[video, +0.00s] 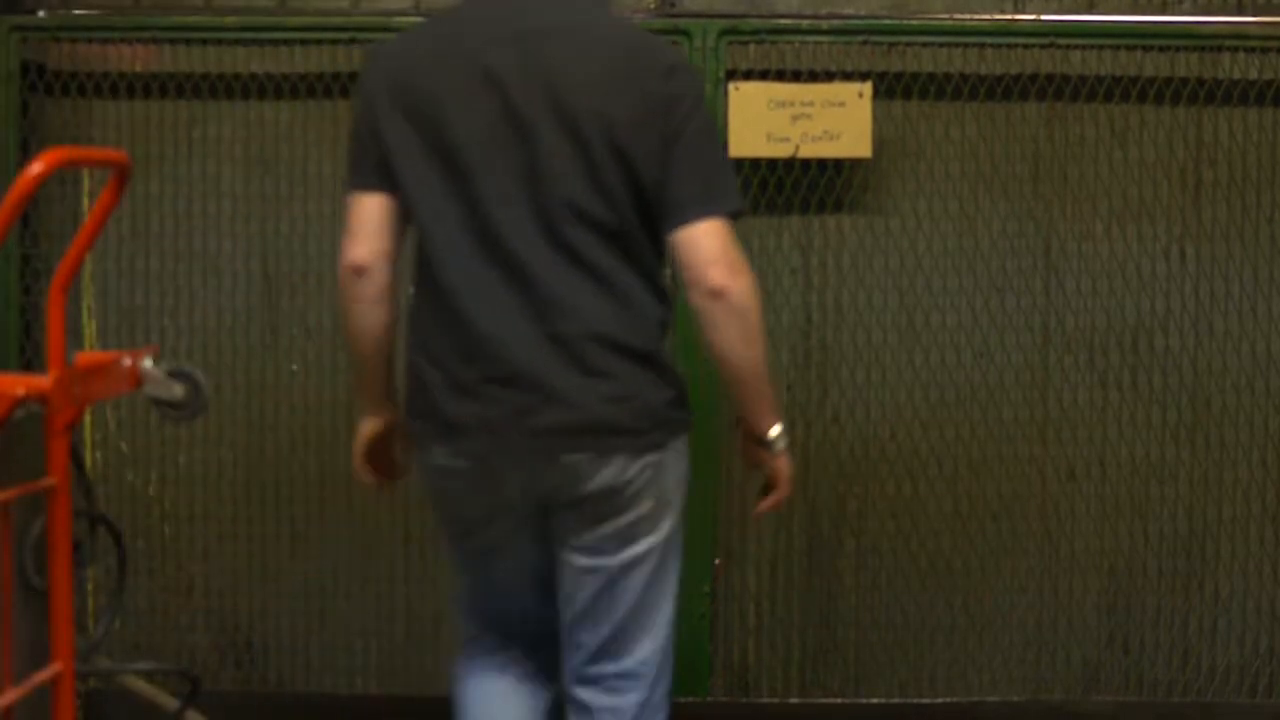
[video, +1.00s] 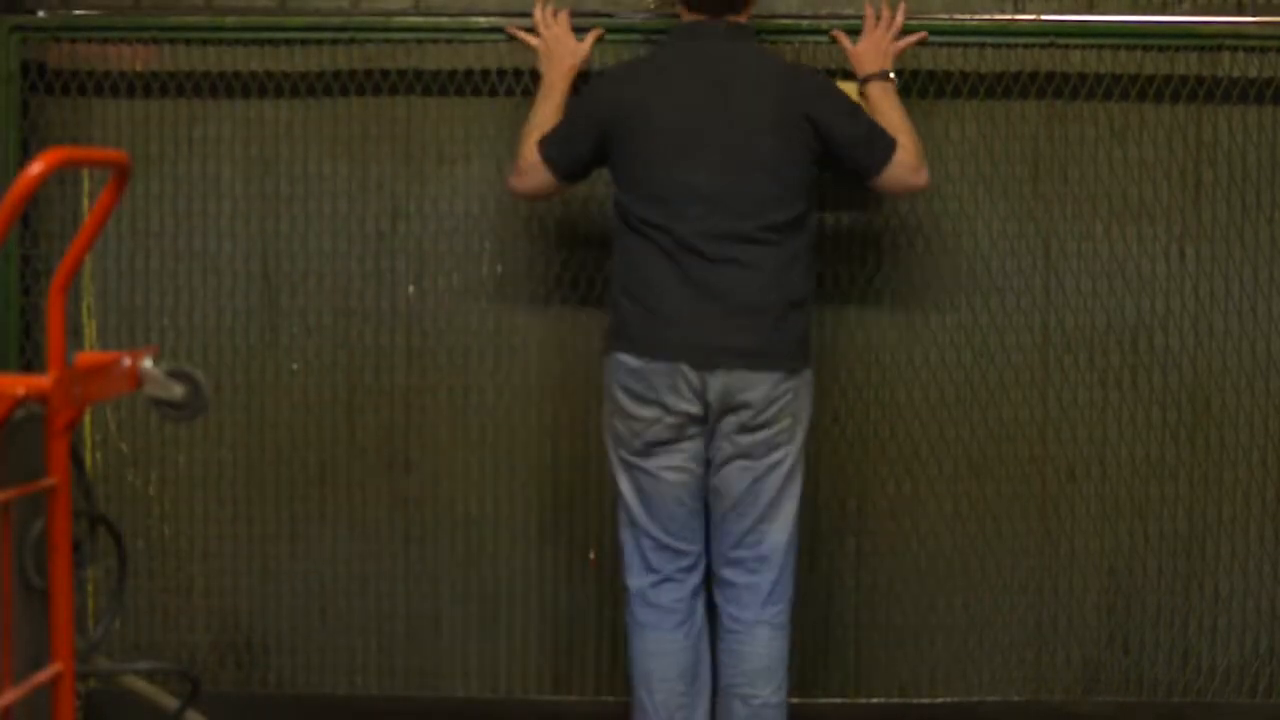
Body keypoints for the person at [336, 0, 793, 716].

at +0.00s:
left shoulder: (403, 65)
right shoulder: (649, 69)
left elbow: (362, 262)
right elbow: (715, 279)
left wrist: (375, 405)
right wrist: (764, 427)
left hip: (465, 425)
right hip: (615, 425)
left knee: (499, 649)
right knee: (616, 681)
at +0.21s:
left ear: (553, 4)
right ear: (641, 1)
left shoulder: (476, 102)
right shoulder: (699, 93)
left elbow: (436, 294)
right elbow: (801, 278)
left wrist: (457, 319)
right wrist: (835, 335)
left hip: (536, 426)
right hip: (668, 424)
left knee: (587, 659)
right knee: (642, 681)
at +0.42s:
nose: (665, 10)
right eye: (664, 4)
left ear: (574, 11)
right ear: (660, 7)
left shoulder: (531, 114)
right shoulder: (717, 111)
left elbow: (485, 235)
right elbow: (827, 232)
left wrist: (508, 133)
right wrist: (849, 175)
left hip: (570, 414)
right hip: (693, 418)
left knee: (613, 613)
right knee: (732, 600)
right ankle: (685, 714)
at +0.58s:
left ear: (620, 6)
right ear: (694, 6)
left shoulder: (570, 85)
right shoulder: (740, 84)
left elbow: (521, 169)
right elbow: (853, 164)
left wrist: (547, 81)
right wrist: (860, 93)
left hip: (589, 382)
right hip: (712, 381)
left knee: (618, 593)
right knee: (732, 574)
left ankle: (630, 718)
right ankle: (724, 713)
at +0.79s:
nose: (738, 10)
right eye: (740, 4)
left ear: (661, 3)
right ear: (737, 5)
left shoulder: (609, 84)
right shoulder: (777, 87)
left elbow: (536, 174)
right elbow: (885, 165)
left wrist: (553, 78)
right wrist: (872, 78)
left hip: (625, 371)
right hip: (745, 377)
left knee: (637, 585)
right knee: (744, 590)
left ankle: (642, 716)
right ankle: (746, 715)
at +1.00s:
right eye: (748, 2)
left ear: (677, 4)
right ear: (752, 6)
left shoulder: (628, 87)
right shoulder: (795, 89)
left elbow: (528, 174)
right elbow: (908, 170)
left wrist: (556, 74)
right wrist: (876, 76)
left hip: (651, 353)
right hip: (765, 357)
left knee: (663, 574)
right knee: (754, 576)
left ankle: (670, 717)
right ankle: (753, 715)